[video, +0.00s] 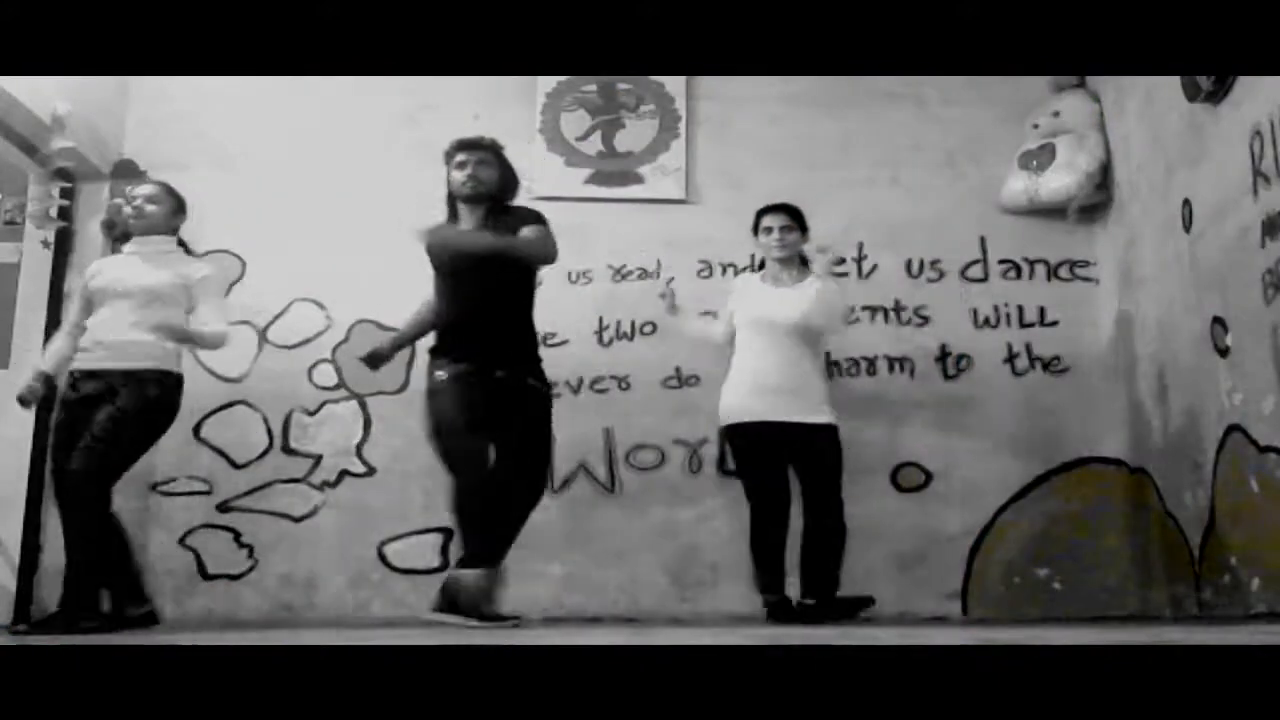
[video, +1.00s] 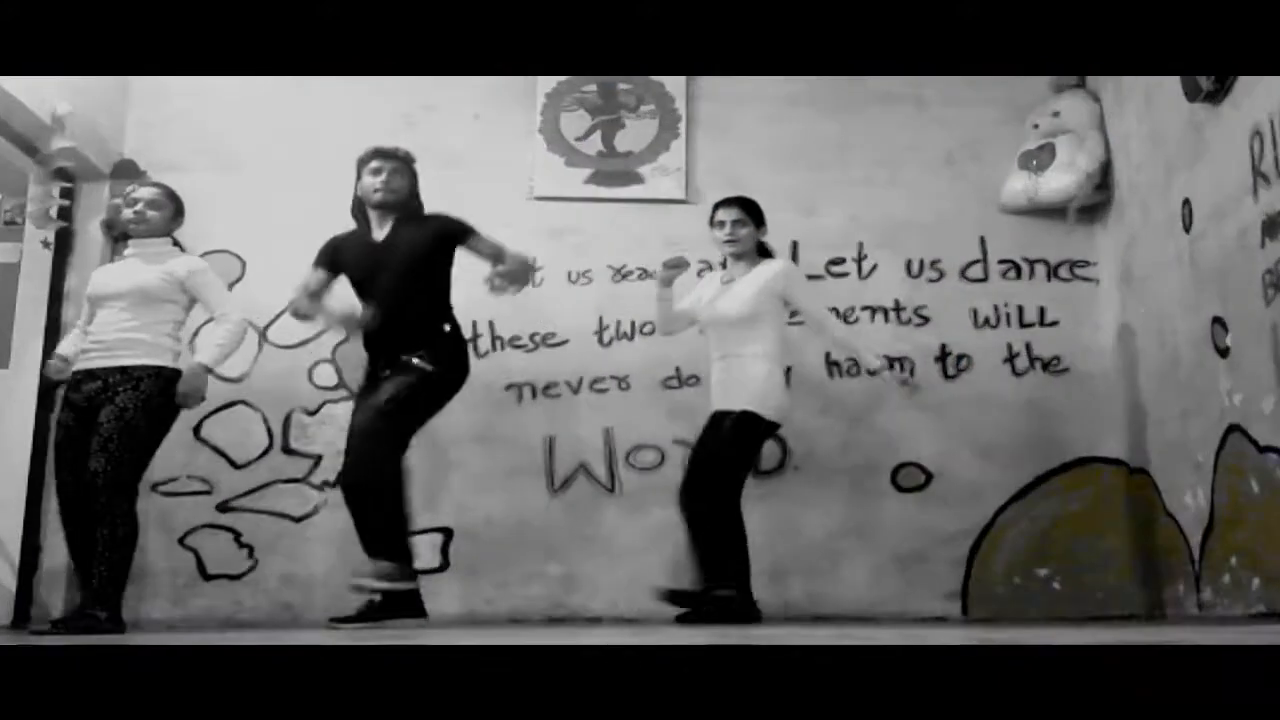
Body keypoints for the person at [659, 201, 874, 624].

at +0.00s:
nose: (777, 237)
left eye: (786, 230)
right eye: (769, 231)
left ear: (803, 237)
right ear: (757, 240)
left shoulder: (820, 287)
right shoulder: (743, 287)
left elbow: (819, 322)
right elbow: (722, 335)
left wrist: (820, 272)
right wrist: (676, 314)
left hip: (808, 413)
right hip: (750, 412)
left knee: (824, 507)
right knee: (768, 506)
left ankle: (819, 596)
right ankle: (773, 597)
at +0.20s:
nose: (734, 253)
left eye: (742, 247)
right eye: (726, 249)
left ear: (756, 254)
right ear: (717, 256)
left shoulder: (775, 293)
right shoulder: (708, 297)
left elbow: (827, 321)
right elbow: (665, 332)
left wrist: (827, 289)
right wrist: (635, 312)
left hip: (763, 397)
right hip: (717, 399)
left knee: (745, 479)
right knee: (727, 482)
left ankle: (743, 556)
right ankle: (753, 558)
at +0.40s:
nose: (714, 255)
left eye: (723, 248)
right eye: (707, 249)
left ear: (740, 254)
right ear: (701, 257)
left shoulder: (758, 292)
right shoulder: (696, 299)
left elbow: (805, 323)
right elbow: (676, 343)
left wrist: (848, 343)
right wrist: (667, 313)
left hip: (739, 396)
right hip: (707, 399)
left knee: (708, 472)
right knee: (687, 476)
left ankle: (722, 556)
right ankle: (742, 545)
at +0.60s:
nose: (710, 255)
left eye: (718, 249)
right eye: (703, 250)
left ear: (735, 254)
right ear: (697, 257)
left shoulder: (751, 291)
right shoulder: (696, 298)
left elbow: (790, 332)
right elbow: (661, 339)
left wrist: (814, 377)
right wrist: (651, 313)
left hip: (728, 392)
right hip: (703, 391)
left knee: (652, 448)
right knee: (697, 474)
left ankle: (690, 524)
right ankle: (720, 559)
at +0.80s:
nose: (711, 253)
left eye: (719, 247)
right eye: (704, 248)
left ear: (736, 252)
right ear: (698, 255)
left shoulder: (750, 288)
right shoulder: (698, 295)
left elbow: (789, 329)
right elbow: (654, 331)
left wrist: (813, 372)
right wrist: (652, 300)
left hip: (725, 392)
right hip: (704, 391)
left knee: (652, 452)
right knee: (702, 477)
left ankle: (673, 533)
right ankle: (721, 560)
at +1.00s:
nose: (729, 232)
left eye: (738, 224)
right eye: (721, 225)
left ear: (758, 230)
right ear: (713, 235)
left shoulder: (778, 272)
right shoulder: (712, 284)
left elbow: (826, 322)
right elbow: (667, 325)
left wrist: (870, 360)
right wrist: (663, 284)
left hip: (759, 399)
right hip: (725, 401)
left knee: (712, 493)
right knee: (700, 494)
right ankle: (723, 592)